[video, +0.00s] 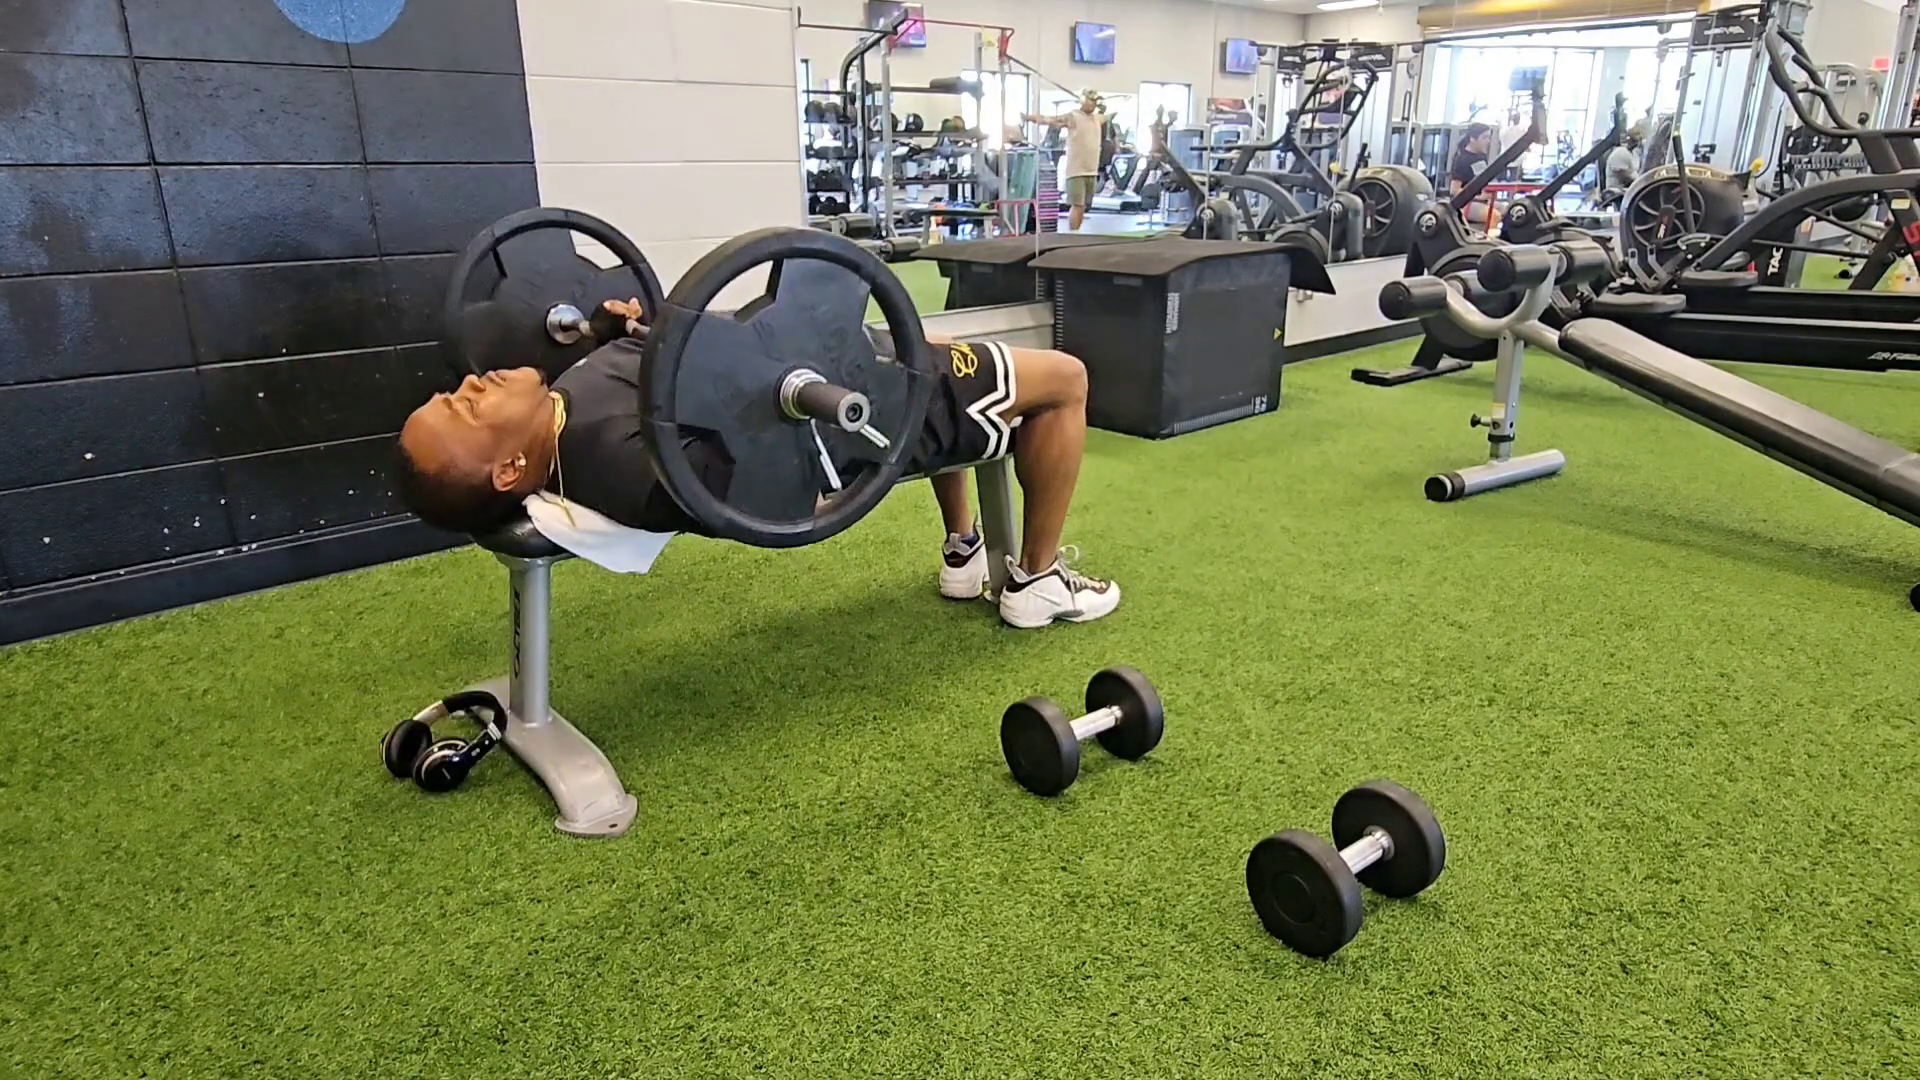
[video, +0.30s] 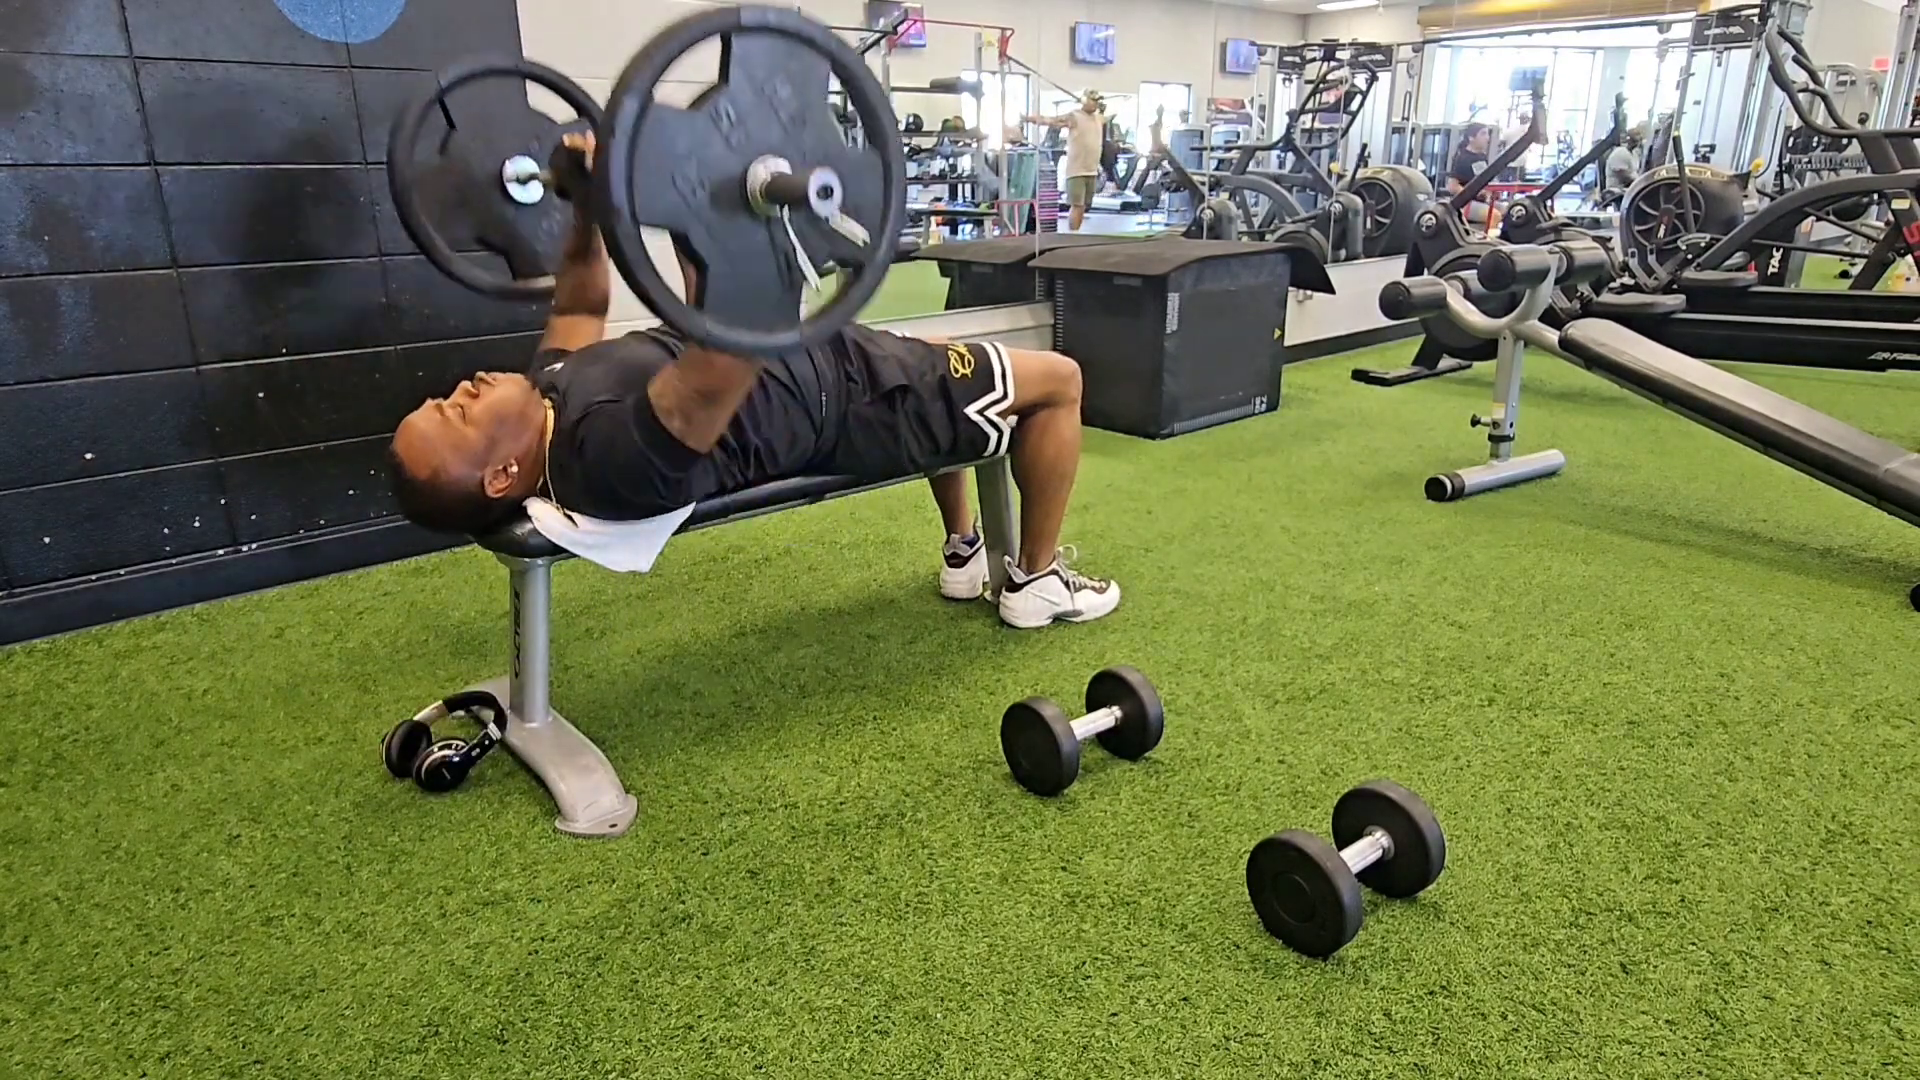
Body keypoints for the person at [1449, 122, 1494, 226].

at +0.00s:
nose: (1488, 141)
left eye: (1489, 137)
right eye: (1485, 137)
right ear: (1472, 139)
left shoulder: (1483, 157)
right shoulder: (1462, 159)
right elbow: (1454, 190)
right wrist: (1480, 197)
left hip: (1484, 200)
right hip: (1466, 203)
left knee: (1506, 209)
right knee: (1494, 216)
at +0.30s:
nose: (1487, 138)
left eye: (1487, 134)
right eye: (1483, 134)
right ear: (1470, 138)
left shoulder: (1483, 157)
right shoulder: (1461, 157)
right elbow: (1452, 186)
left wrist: (1490, 192)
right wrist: (1477, 194)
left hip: (1484, 200)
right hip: (1465, 202)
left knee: (1507, 209)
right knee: (1495, 216)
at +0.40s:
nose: (1487, 138)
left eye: (1487, 134)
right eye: (1483, 134)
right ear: (1470, 137)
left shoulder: (1483, 157)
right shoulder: (1462, 156)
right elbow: (1452, 186)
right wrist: (1475, 191)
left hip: (1484, 200)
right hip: (1465, 202)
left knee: (1507, 211)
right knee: (1495, 216)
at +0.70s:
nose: (1488, 137)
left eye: (1488, 133)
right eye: (1483, 133)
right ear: (1471, 137)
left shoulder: (1483, 157)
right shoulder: (1463, 156)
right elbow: (1456, 183)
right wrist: (1480, 192)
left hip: (1485, 201)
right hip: (1467, 202)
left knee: (1508, 212)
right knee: (1495, 216)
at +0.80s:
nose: (1489, 136)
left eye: (1489, 133)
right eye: (1484, 133)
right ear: (1471, 137)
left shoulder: (1484, 156)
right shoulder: (1464, 156)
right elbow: (1456, 183)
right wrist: (1479, 193)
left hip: (1486, 200)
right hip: (1468, 201)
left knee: (1510, 212)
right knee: (1496, 216)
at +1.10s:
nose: (1490, 136)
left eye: (1490, 132)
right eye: (1485, 133)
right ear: (1473, 137)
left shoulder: (1484, 157)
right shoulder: (1465, 156)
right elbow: (1457, 185)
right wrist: (1479, 194)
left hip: (1485, 201)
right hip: (1468, 203)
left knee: (1507, 211)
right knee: (1496, 216)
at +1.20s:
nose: (1489, 136)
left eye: (1489, 132)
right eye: (1484, 133)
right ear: (1472, 137)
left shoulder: (1484, 157)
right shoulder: (1465, 156)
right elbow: (1457, 185)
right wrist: (1479, 194)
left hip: (1486, 201)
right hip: (1468, 203)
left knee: (1508, 211)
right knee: (1496, 216)